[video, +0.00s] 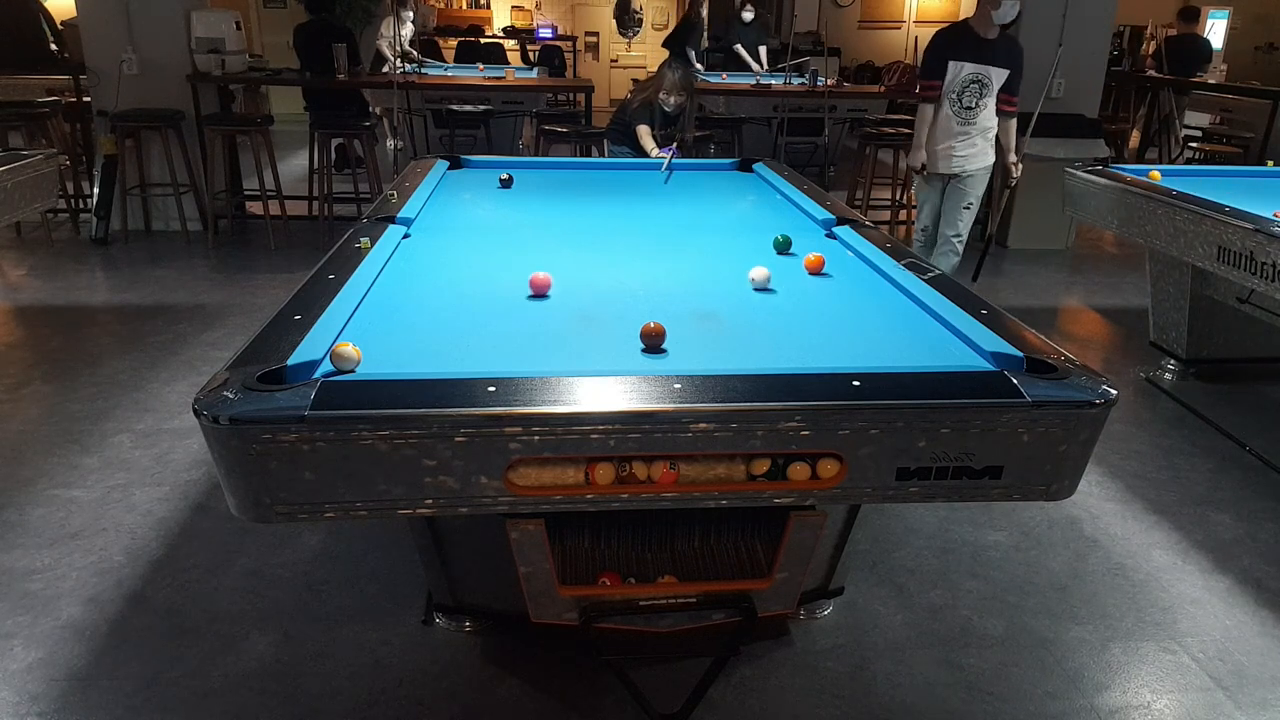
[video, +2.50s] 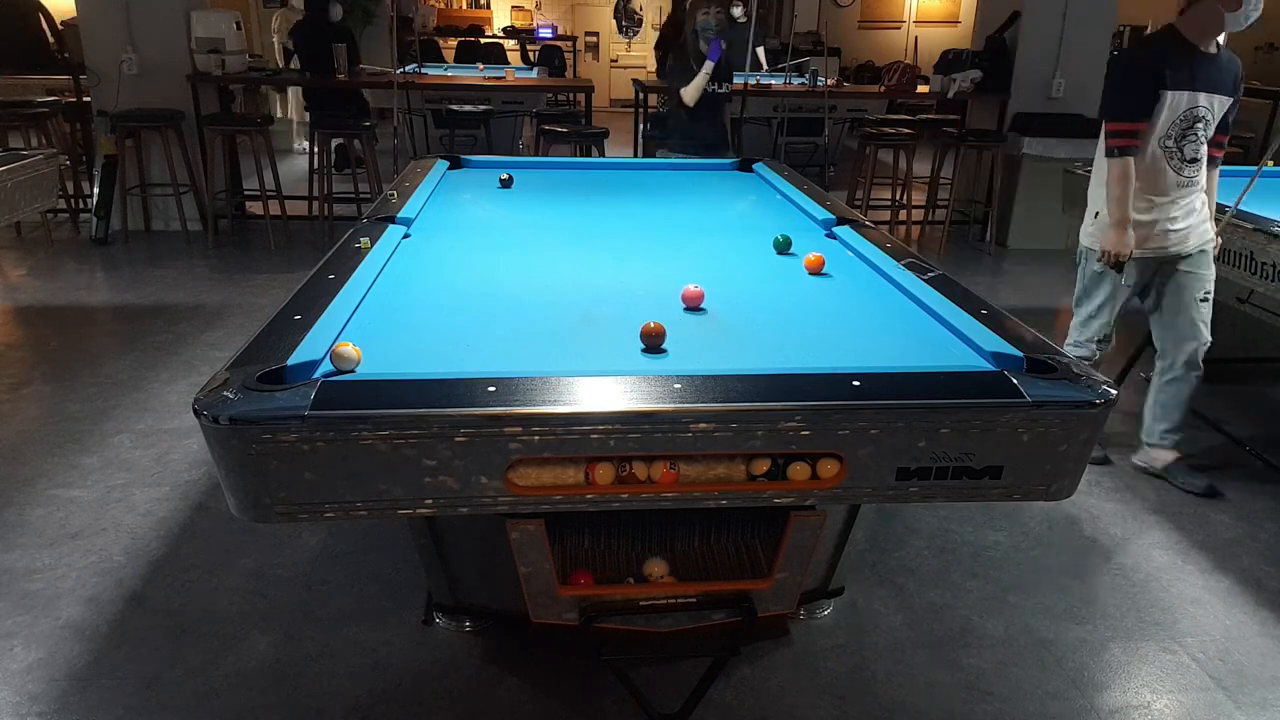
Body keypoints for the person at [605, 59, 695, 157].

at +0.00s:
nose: (672, 101)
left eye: (680, 95)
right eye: (666, 94)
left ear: (688, 95)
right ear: (657, 89)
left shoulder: (686, 103)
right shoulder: (641, 99)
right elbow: (643, 134)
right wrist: (656, 153)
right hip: (623, 144)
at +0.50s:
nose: (673, 97)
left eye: (680, 91)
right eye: (666, 89)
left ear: (689, 90)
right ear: (657, 86)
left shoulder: (687, 101)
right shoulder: (642, 100)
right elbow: (644, 131)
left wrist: (674, 143)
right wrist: (656, 152)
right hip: (624, 142)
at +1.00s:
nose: (672, 94)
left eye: (679, 88)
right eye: (665, 86)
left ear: (688, 87)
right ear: (657, 82)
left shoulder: (686, 97)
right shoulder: (643, 97)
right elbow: (644, 131)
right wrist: (655, 153)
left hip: (661, 142)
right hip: (626, 143)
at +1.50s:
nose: (671, 55)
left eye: (678, 48)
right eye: (664, 48)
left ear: (686, 48)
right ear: (653, 49)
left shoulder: (684, 71)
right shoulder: (640, 78)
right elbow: (625, 126)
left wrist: (683, 119)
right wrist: (646, 153)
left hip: (664, 143)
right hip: (632, 146)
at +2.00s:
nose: (661, 19)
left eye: (666, 12)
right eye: (652, 14)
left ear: (676, 16)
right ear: (642, 20)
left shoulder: (683, 53)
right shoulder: (633, 55)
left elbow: (687, 100)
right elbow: (639, 101)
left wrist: (691, 141)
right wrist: (659, 62)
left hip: (678, 147)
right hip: (642, 148)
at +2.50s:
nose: (713, 20)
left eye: (719, 13)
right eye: (705, 13)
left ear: (726, 18)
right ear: (693, 20)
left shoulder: (725, 58)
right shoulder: (681, 55)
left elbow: (725, 106)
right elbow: (689, 99)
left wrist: (729, 147)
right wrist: (710, 60)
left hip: (717, 143)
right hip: (684, 144)